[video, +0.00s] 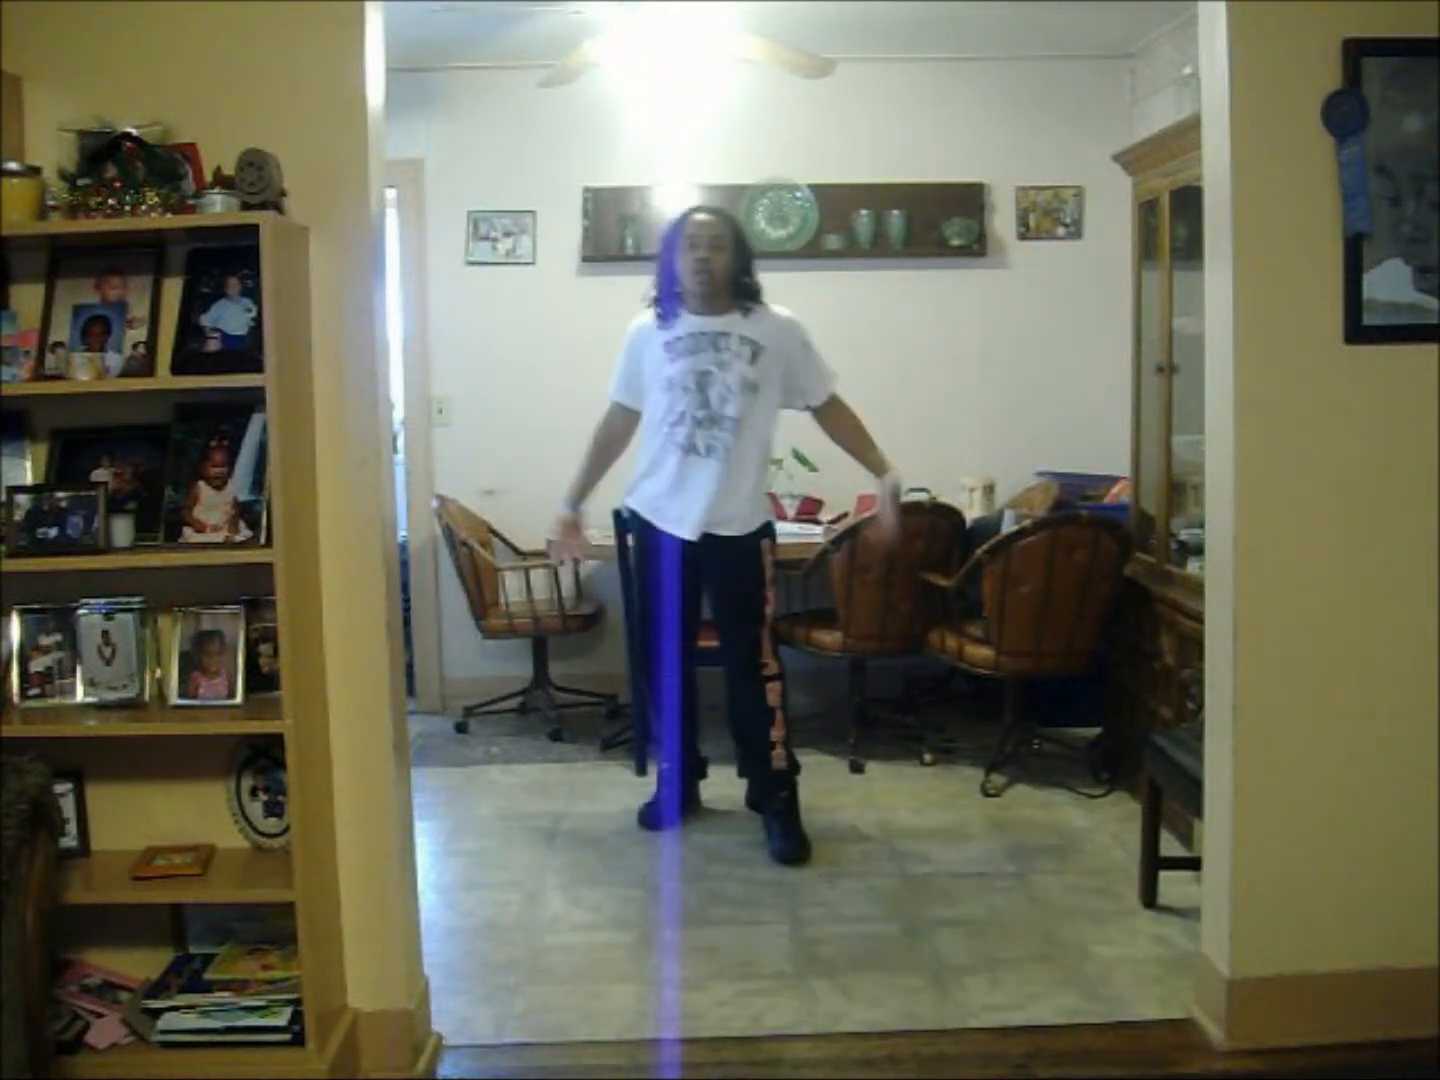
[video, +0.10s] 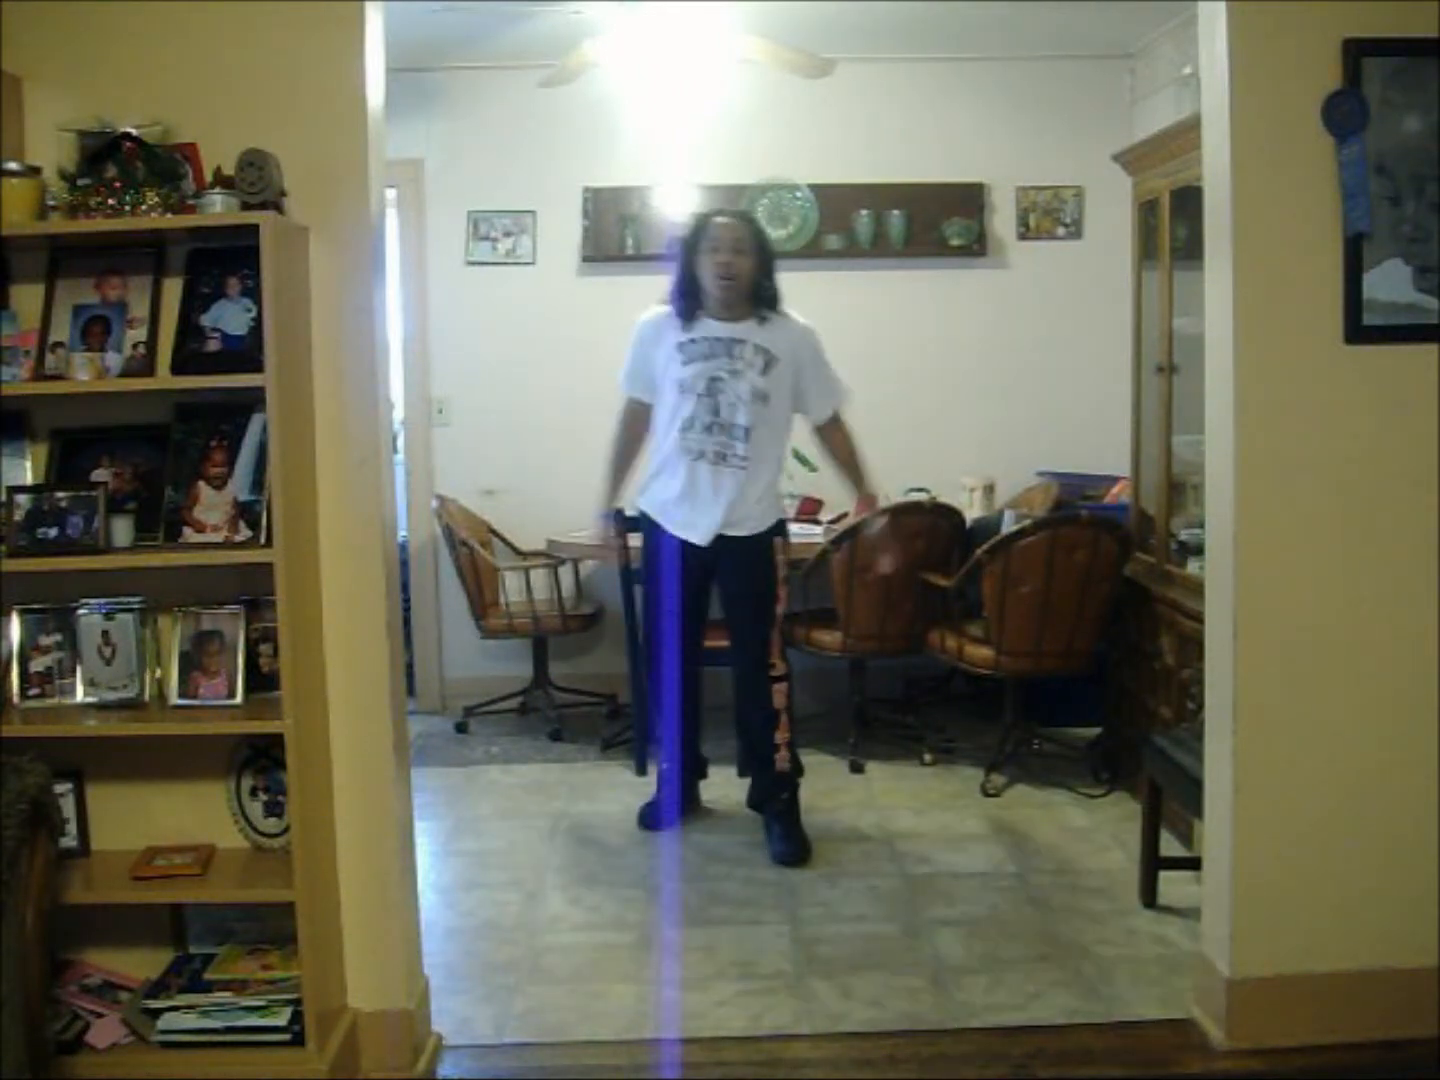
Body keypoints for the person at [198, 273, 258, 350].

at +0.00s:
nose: (233, 288)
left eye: (236, 285)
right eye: (230, 285)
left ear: (240, 287)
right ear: (225, 288)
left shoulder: (247, 303)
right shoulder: (222, 304)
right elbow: (205, 320)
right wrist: (210, 335)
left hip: (243, 338)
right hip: (225, 338)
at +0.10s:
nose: (233, 288)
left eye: (235, 285)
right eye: (230, 285)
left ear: (240, 287)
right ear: (225, 287)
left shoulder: (247, 303)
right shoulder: (222, 304)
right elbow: (205, 320)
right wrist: (210, 335)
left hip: (244, 338)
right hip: (225, 337)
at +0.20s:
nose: (232, 288)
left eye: (235, 285)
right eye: (229, 285)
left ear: (240, 286)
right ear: (225, 287)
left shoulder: (247, 303)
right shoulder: (222, 304)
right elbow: (205, 320)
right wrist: (210, 334)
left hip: (243, 338)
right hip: (224, 338)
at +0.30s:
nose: (233, 288)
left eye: (235, 285)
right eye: (230, 285)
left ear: (240, 287)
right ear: (225, 288)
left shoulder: (247, 303)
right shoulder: (221, 304)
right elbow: (205, 320)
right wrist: (210, 335)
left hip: (243, 338)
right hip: (224, 338)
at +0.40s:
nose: (233, 288)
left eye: (235, 285)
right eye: (230, 285)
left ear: (240, 287)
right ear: (225, 288)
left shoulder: (247, 303)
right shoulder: (221, 304)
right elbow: (205, 320)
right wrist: (210, 335)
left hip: (243, 338)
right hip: (225, 338)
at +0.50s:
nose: (232, 288)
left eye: (235, 285)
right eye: (229, 285)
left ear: (240, 287)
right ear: (225, 287)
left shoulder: (247, 303)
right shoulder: (221, 304)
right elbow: (205, 320)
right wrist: (210, 335)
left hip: (243, 338)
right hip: (224, 338)